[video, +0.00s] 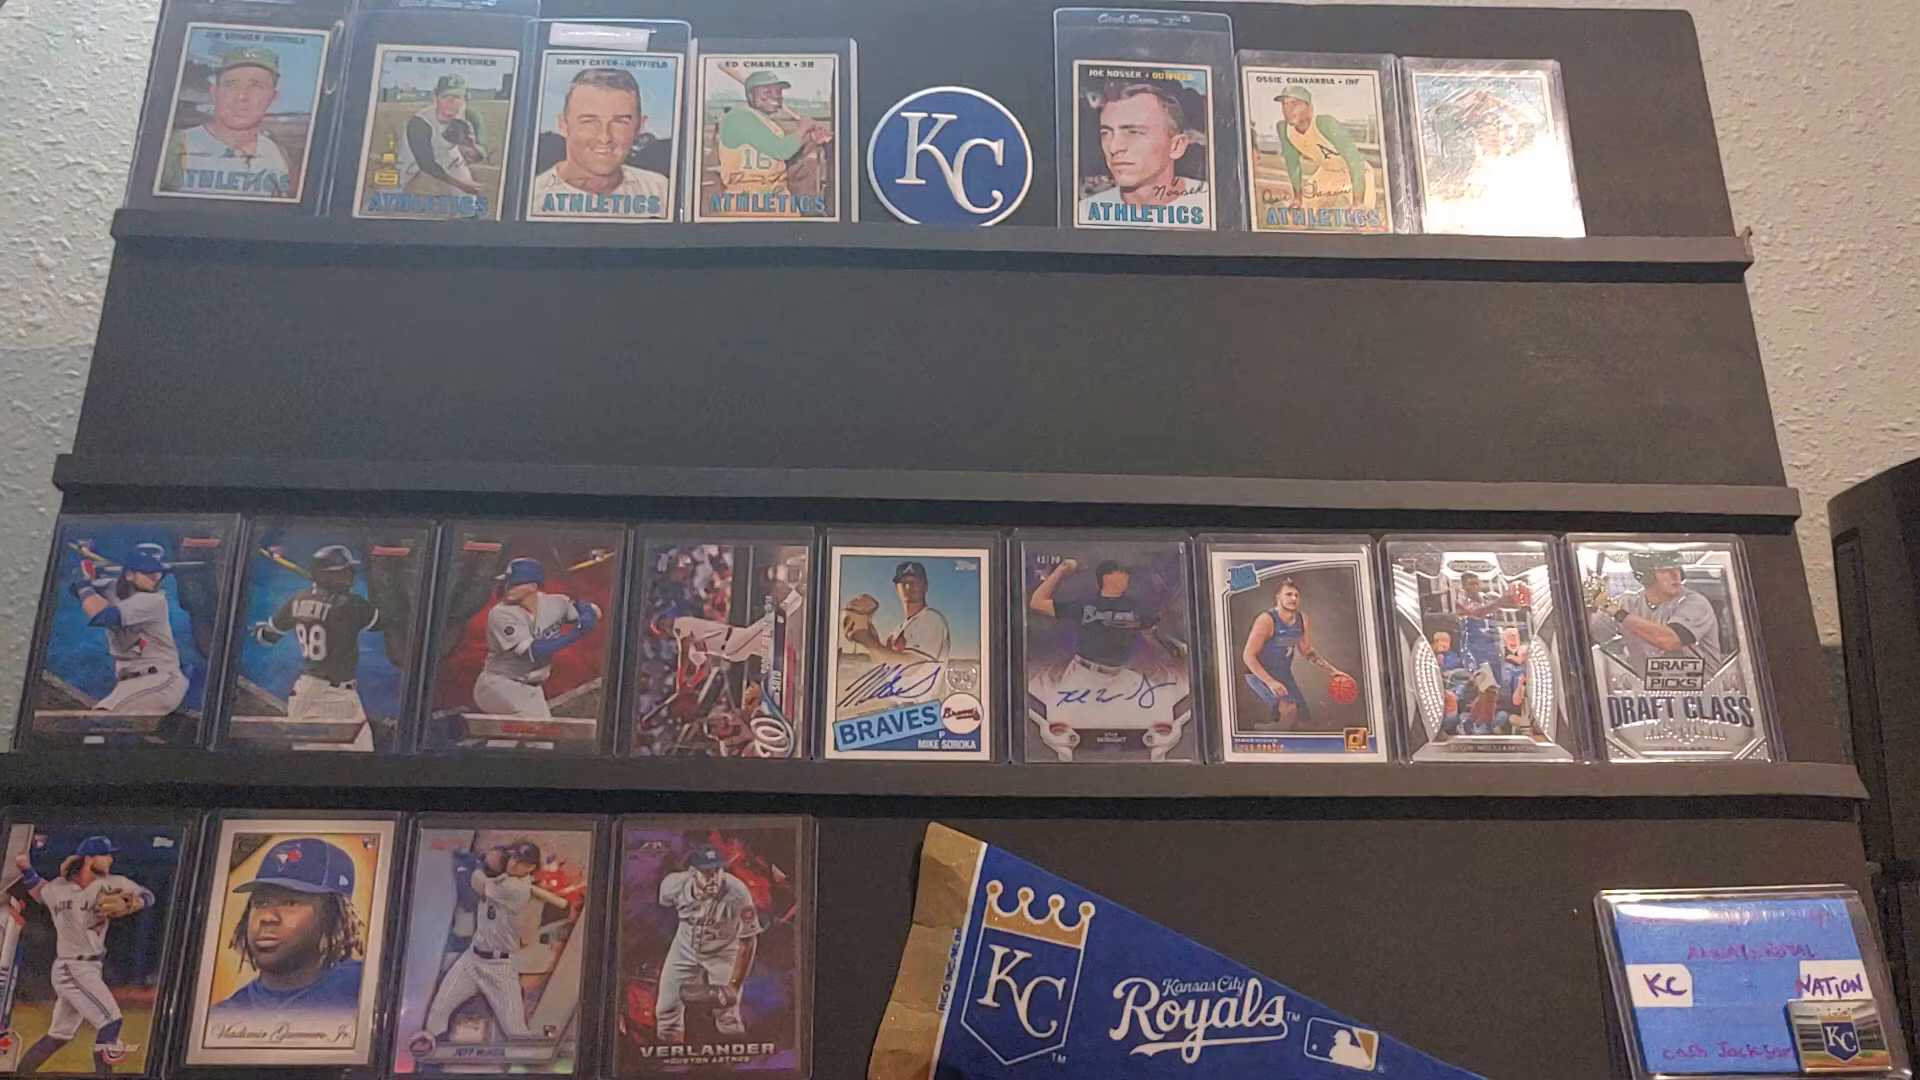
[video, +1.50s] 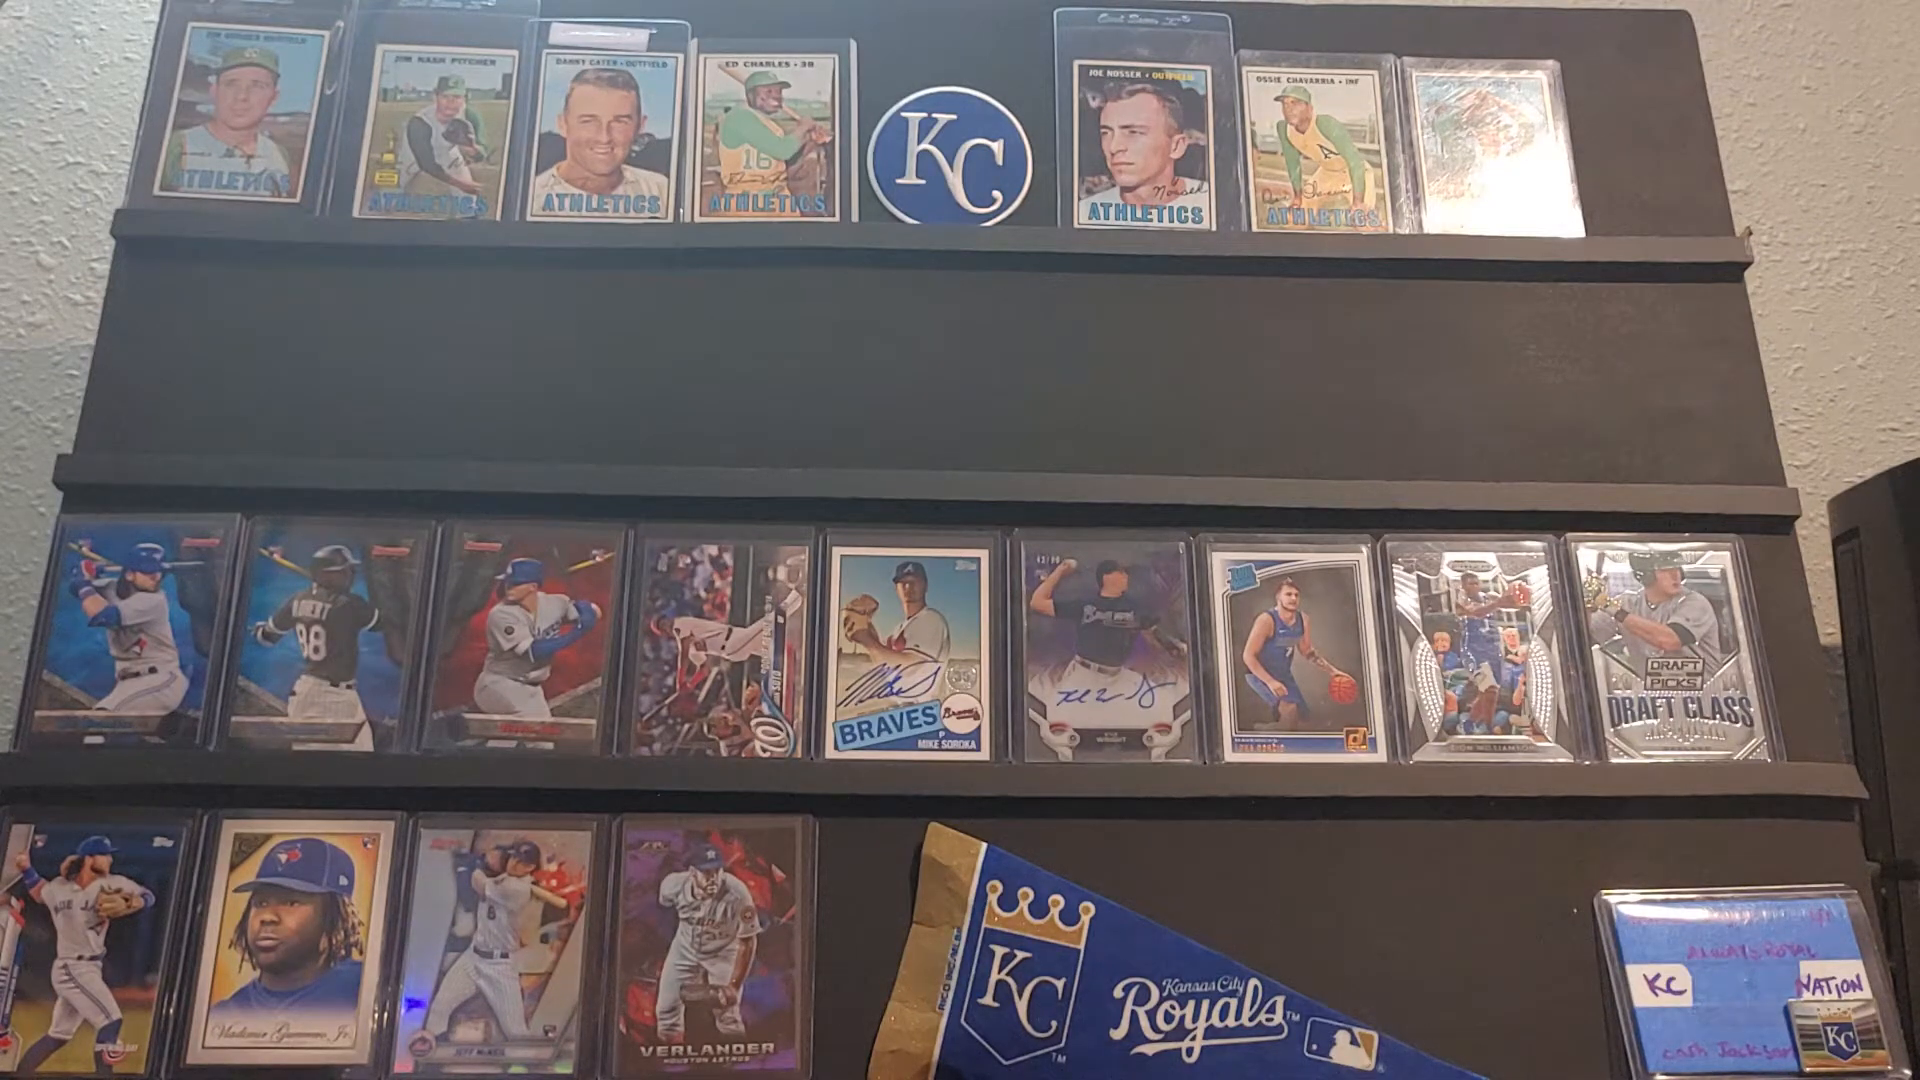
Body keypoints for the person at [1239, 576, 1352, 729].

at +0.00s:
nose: (1293, 599)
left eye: (1296, 595)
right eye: (1288, 595)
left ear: (1299, 599)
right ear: (1278, 597)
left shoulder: (1302, 619)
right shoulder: (1266, 620)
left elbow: (1307, 651)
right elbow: (1248, 656)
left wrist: (1333, 671)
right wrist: (1270, 682)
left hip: (1284, 674)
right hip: (1260, 673)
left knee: (1303, 716)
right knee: (1289, 707)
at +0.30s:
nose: (1293, 599)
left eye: (1296, 595)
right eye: (1288, 595)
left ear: (1299, 599)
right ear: (1278, 598)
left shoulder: (1302, 619)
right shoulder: (1266, 620)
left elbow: (1307, 651)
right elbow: (1248, 656)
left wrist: (1333, 671)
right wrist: (1270, 681)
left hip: (1284, 673)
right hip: (1260, 673)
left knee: (1303, 716)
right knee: (1289, 707)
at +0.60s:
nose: (1293, 599)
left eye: (1296, 595)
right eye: (1288, 595)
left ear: (1299, 598)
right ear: (1278, 598)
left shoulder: (1302, 619)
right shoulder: (1266, 620)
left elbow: (1307, 651)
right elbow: (1249, 656)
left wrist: (1333, 672)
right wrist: (1270, 682)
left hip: (1284, 674)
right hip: (1260, 673)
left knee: (1303, 716)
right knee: (1289, 707)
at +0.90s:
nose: (1293, 599)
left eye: (1296, 595)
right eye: (1288, 595)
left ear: (1299, 598)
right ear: (1278, 598)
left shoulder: (1302, 619)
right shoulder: (1266, 620)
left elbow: (1307, 651)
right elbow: (1249, 656)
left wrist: (1333, 671)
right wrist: (1270, 682)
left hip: (1284, 673)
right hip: (1260, 673)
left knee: (1303, 716)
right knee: (1289, 707)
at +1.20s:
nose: (1293, 599)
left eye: (1296, 595)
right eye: (1288, 595)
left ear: (1299, 598)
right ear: (1278, 598)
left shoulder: (1302, 619)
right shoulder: (1266, 620)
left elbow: (1307, 651)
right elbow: (1248, 656)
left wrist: (1333, 671)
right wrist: (1270, 682)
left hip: (1284, 673)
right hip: (1260, 673)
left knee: (1303, 715)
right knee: (1289, 708)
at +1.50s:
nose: (1293, 599)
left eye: (1296, 595)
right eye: (1288, 595)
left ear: (1299, 598)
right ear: (1278, 598)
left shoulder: (1302, 619)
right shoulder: (1266, 620)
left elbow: (1307, 651)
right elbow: (1248, 656)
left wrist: (1333, 671)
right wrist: (1270, 682)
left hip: (1283, 673)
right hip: (1260, 673)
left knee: (1302, 715)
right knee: (1289, 706)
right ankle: (1285, 750)